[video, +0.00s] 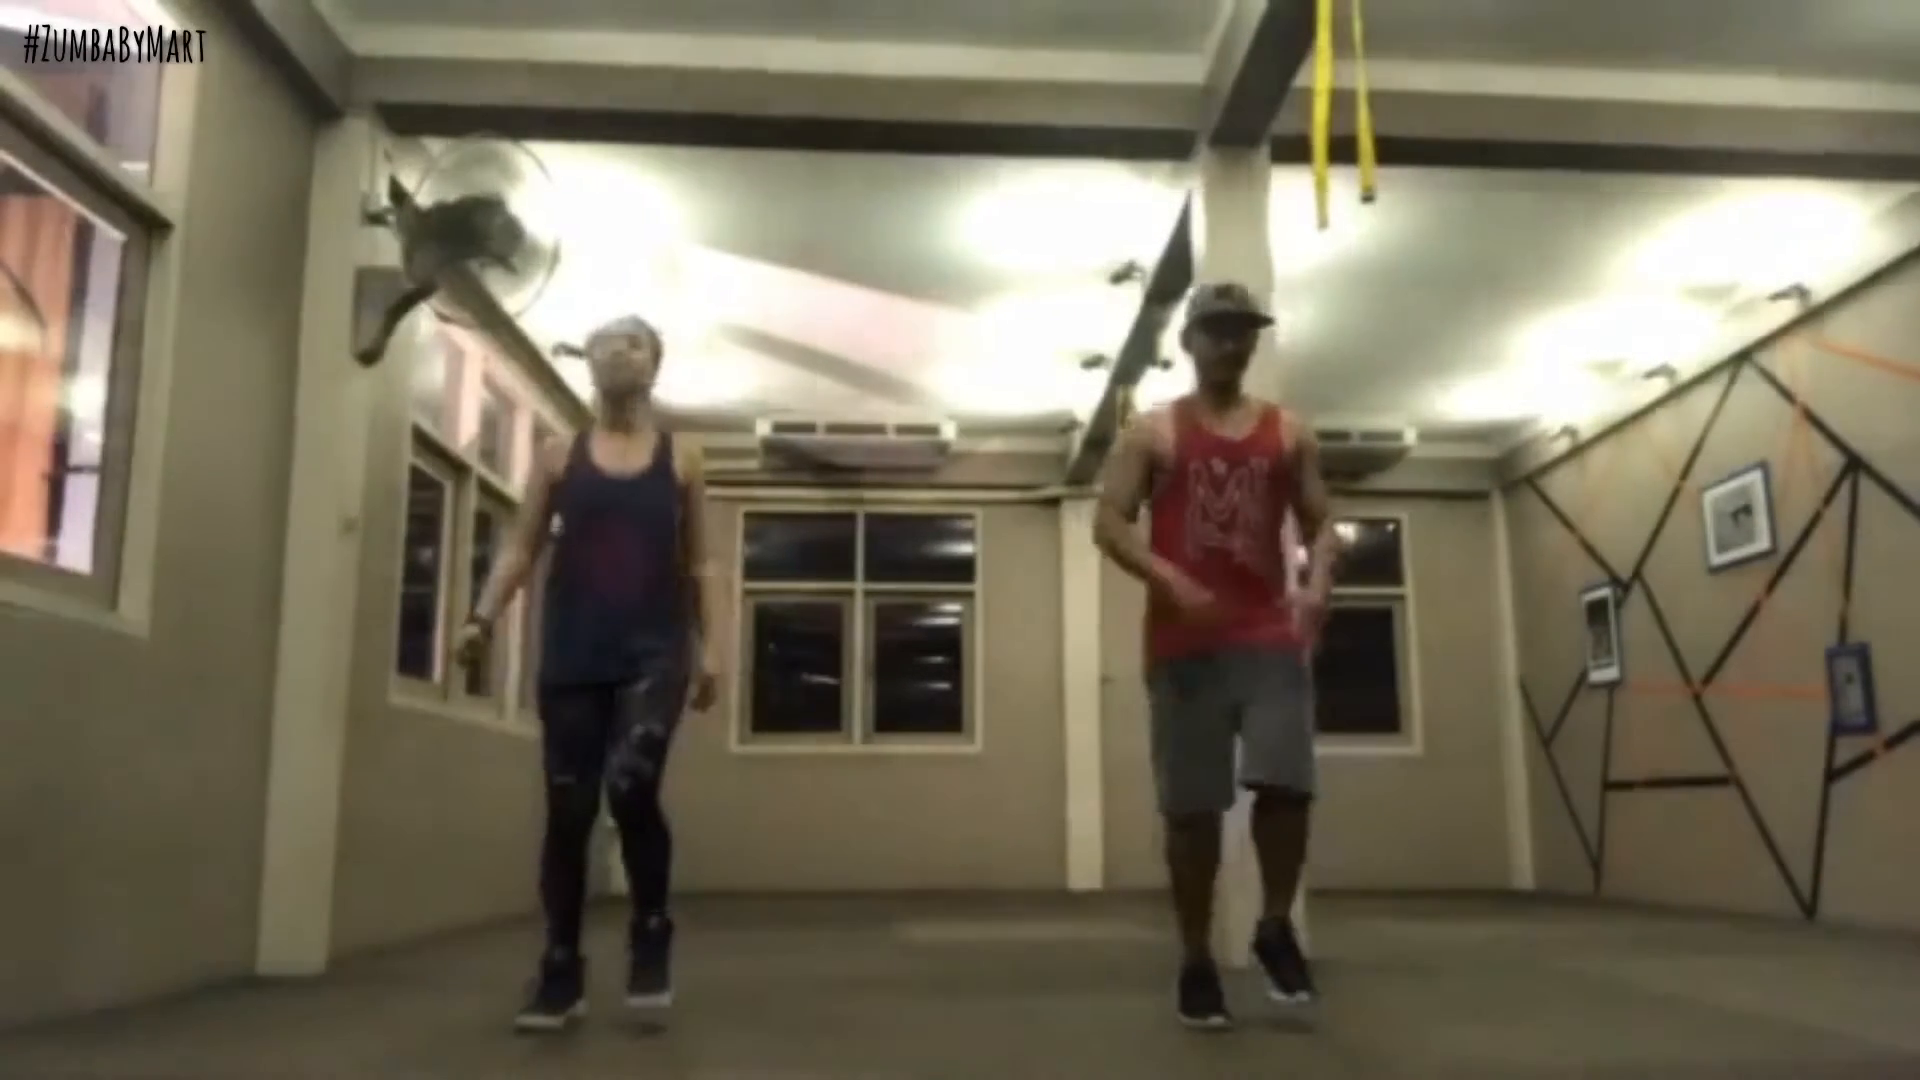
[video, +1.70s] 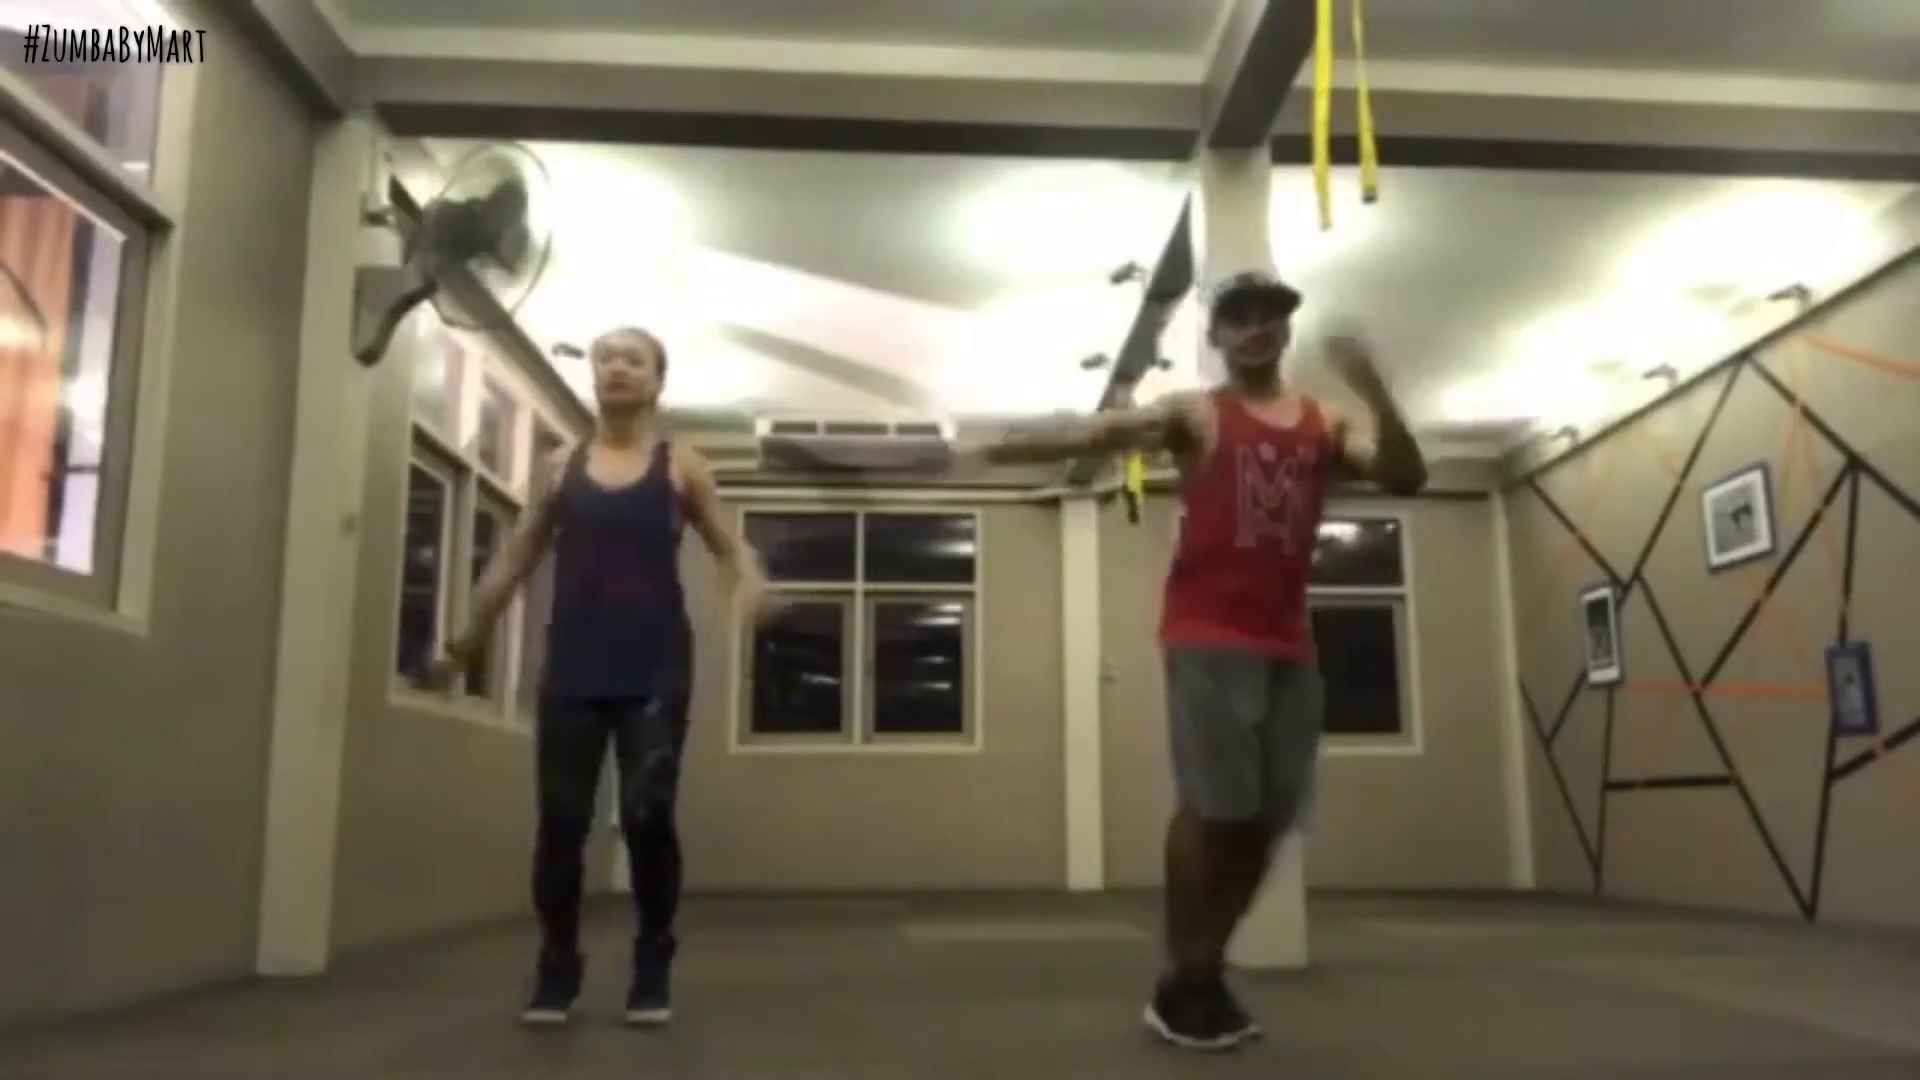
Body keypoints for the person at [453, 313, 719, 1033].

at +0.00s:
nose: (623, 354)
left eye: (636, 345)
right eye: (611, 344)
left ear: (655, 367)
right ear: (589, 365)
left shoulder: (680, 457)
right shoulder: (561, 455)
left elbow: (698, 564)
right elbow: (525, 547)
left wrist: (711, 653)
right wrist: (482, 619)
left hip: (655, 655)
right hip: (573, 656)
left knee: (629, 788)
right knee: (568, 811)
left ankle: (650, 939)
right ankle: (560, 969)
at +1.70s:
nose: (617, 371)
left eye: (633, 361)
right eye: (607, 360)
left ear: (658, 382)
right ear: (591, 376)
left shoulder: (680, 465)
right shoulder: (562, 465)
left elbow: (732, 552)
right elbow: (516, 557)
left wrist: (750, 588)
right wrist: (466, 631)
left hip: (654, 665)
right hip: (573, 663)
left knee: (646, 817)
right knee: (560, 822)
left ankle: (653, 969)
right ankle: (556, 973)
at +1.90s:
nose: (630, 352)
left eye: (646, 344)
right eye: (620, 342)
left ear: (673, 366)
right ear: (605, 359)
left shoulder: (695, 450)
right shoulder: (577, 443)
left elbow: (785, 483)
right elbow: (518, 517)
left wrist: (864, 496)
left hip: (661, 643)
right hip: (579, 644)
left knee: (681, 780)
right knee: (564, 808)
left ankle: (729, 946)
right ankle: (553, 968)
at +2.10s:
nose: (656, 359)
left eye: (672, 350)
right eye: (648, 349)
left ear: (700, 373)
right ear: (634, 367)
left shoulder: (718, 454)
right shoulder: (608, 447)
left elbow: (765, 504)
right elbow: (596, 516)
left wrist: (828, 533)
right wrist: (681, 493)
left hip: (696, 662)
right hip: (615, 659)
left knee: (722, 820)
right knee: (585, 823)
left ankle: (786, 978)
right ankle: (559, 967)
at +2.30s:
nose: (677, 340)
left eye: (692, 329)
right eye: (665, 330)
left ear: (721, 349)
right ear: (651, 348)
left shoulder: (742, 434)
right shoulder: (626, 436)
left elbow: (845, 468)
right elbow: (524, 467)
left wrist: (874, 412)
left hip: (730, 647)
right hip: (647, 648)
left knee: (751, 813)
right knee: (607, 809)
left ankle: (786, 975)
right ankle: (588, 936)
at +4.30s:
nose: (586, 325)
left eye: (603, 318)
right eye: (579, 315)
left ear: (630, 346)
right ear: (562, 338)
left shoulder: (647, 433)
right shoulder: (531, 424)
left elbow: (750, 444)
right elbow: (423, 441)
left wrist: (743, 364)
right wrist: (378, 384)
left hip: (621, 638)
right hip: (534, 638)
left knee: (627, 808)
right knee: (516, 805)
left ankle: (637, 971)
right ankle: (508, 957)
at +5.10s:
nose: (580, 334)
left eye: (596, 328)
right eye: (570, 327)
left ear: (622, 349)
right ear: (556, 347)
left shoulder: (647, 430)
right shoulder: (528, 422)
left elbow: (734, 374)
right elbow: (440, 357)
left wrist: (677, 298)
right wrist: (500, 310)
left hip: (620, 652)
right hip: (534, 650)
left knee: (613, 818)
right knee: (530, 822)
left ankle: (617, 980)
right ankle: (538, 979)